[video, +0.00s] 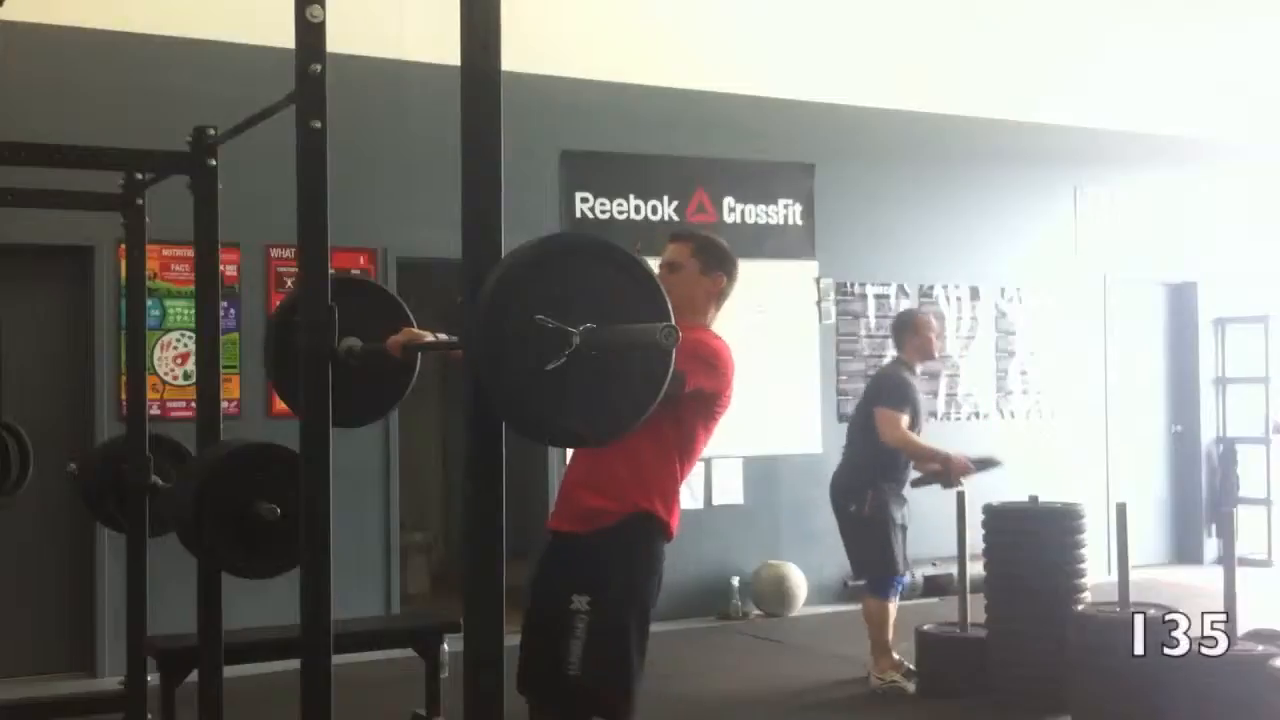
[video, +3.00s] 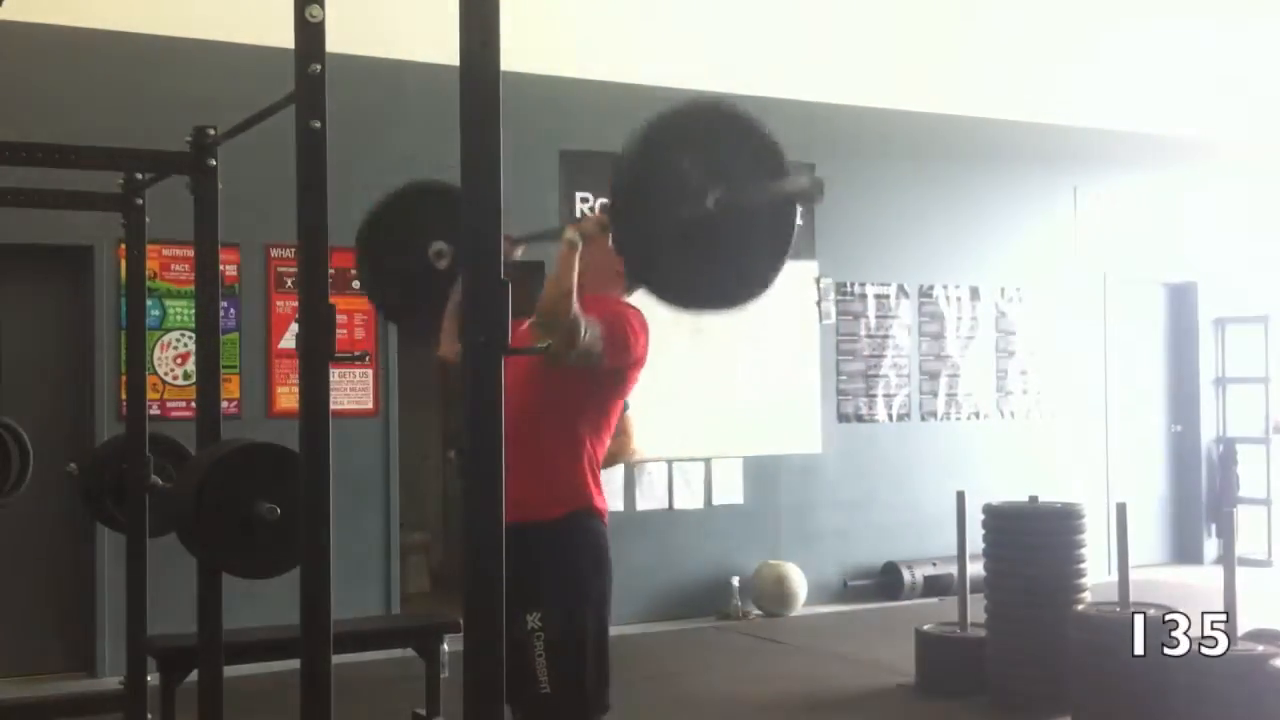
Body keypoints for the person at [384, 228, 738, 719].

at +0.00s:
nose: (658, 277)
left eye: (674, 268)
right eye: (660, 268)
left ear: (715, 283)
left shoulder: (708, 352)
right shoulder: (635, 338)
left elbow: (604, 367)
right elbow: (541, 355)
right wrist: (440, 344)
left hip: (625, 533)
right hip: (570, 530)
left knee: (598, 693)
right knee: (543, 687)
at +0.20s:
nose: (604, 271)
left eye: (620, 260)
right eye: (603, 258)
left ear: (656, 269)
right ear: (598, 261)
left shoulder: (665, 347)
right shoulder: (582, 340)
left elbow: (631, 402)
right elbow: (510, 380)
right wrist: (431, 352)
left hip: (596, 531)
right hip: (546, 529)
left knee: (546, 693)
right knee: (521, 687)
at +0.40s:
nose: (517, 271)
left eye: (530, 259)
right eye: (512, 258)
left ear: (560, 267)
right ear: (504, 262)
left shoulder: (579, 361)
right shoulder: (506, 356)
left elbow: (553, 468)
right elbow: (453, 430)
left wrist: (525, 371)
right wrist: (418, 380)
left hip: (551, 538)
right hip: (496, 537)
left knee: (515, 691)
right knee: (473, 684)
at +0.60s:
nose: (441, 277)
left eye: (458, 269)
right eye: (447, 267)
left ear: (491, 284)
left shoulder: (511, 370)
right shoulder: (448, 372)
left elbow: (449, 464)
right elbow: (387, 467)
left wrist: (455, 364)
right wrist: (384, 376)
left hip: (482, 576)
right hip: (439, 575)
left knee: (391, 704)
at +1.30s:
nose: (451, 258)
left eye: (464, 248)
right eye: (454, 249)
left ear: (510, 258)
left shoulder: (525, 337)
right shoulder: (449, 339)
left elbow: (436, 399)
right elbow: (363, 402)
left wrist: (450, 330)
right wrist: (396, 336)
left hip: (481, 537)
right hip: (433, 539)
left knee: (461, 687)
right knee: (442, 688)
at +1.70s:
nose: (506, 237)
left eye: (523, 229)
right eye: (510, 227)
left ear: (564, 247)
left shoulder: (576, 329)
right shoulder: (489, 330)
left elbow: (513, 389)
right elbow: (413, 401)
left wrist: (525, 317)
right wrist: (440, 336)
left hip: (545, 527)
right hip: (482, 530)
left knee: (545, 689)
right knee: (475, 684)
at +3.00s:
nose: (578, 241)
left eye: (596, 234)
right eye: (581, 232)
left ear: (624, 261)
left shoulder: (624, 324)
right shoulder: (532, 327)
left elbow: (554, 325)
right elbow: (452, 346)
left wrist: (570, 240)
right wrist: (475, 267)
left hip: (564, 527)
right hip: (503, 525)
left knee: (568, 692)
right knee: (506, 685)